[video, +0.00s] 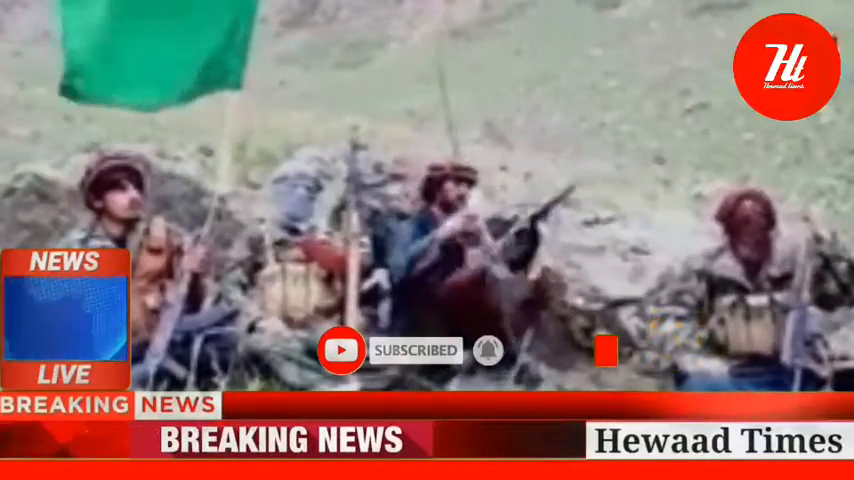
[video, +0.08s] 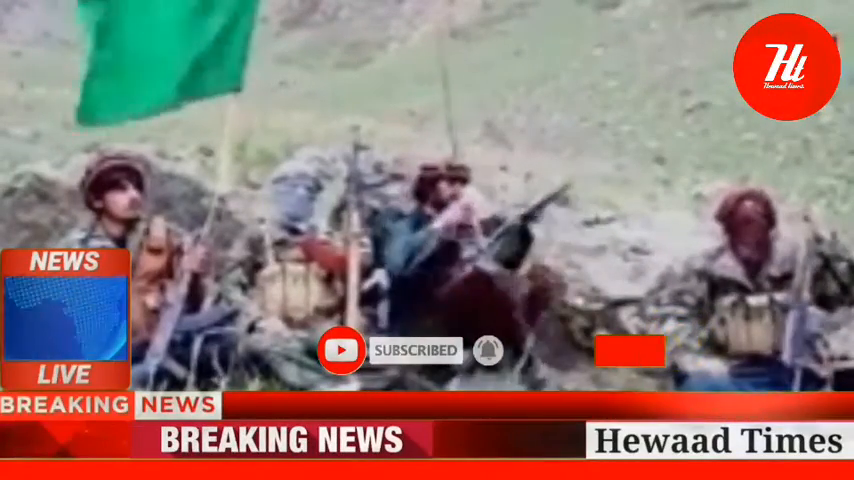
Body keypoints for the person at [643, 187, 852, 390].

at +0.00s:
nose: (752, 234)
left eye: (759, 226)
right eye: (743, 225)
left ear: (771, 228)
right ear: (729, 229)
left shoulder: (796, 265)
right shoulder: (702, 270)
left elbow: (841, 297)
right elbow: (666, 315)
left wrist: (820, 246)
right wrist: (693, 359)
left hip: (788, 366)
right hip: (726, 369)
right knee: (701, 386)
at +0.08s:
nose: (748, 230)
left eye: (755, 222)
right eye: (740, 222)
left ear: (769, 225)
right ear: (728, 227)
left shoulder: (796, 263)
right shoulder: (701, 269)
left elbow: (840, 298)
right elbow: (669, 315)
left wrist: (821, 245)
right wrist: (695, 360)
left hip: (789, 365)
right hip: (726, 368)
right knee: (703, 387)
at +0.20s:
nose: (747, 230)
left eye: (754, 222)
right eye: (739, 223)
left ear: (769, 226)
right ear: (728, 227)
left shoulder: (794, 264)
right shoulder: (704, 269)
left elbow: (837, 301)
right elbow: (675, 312)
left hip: (791, 363)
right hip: (730, 367)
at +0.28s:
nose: (746, 231)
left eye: (752, 223)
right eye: (739, 223)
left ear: (769, 226)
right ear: (728, 227)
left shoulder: (794, 263)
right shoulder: (703, 269)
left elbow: (835, 302)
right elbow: (673, 312)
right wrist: (691, 351)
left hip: (786, 358)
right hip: (724, 360)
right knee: (702, 382)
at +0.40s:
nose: (741, 231)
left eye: (750, 223)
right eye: (735, 223)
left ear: (768, 227)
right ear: (727, 228)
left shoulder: (795, 267)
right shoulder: (702, 271)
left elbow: (837, 302)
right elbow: (672, 312)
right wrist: (693, 352)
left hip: (788, 360)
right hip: (724, 362)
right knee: (702, 380)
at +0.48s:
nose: (743, 232)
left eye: (751, 224)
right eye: (736, 224)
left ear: (768, 228)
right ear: (727, 228)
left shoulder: (793, 269)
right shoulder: (701, 272)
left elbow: (838, 298)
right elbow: (671, 314)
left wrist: (817, 244)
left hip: (788, 364)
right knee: (703, 379)